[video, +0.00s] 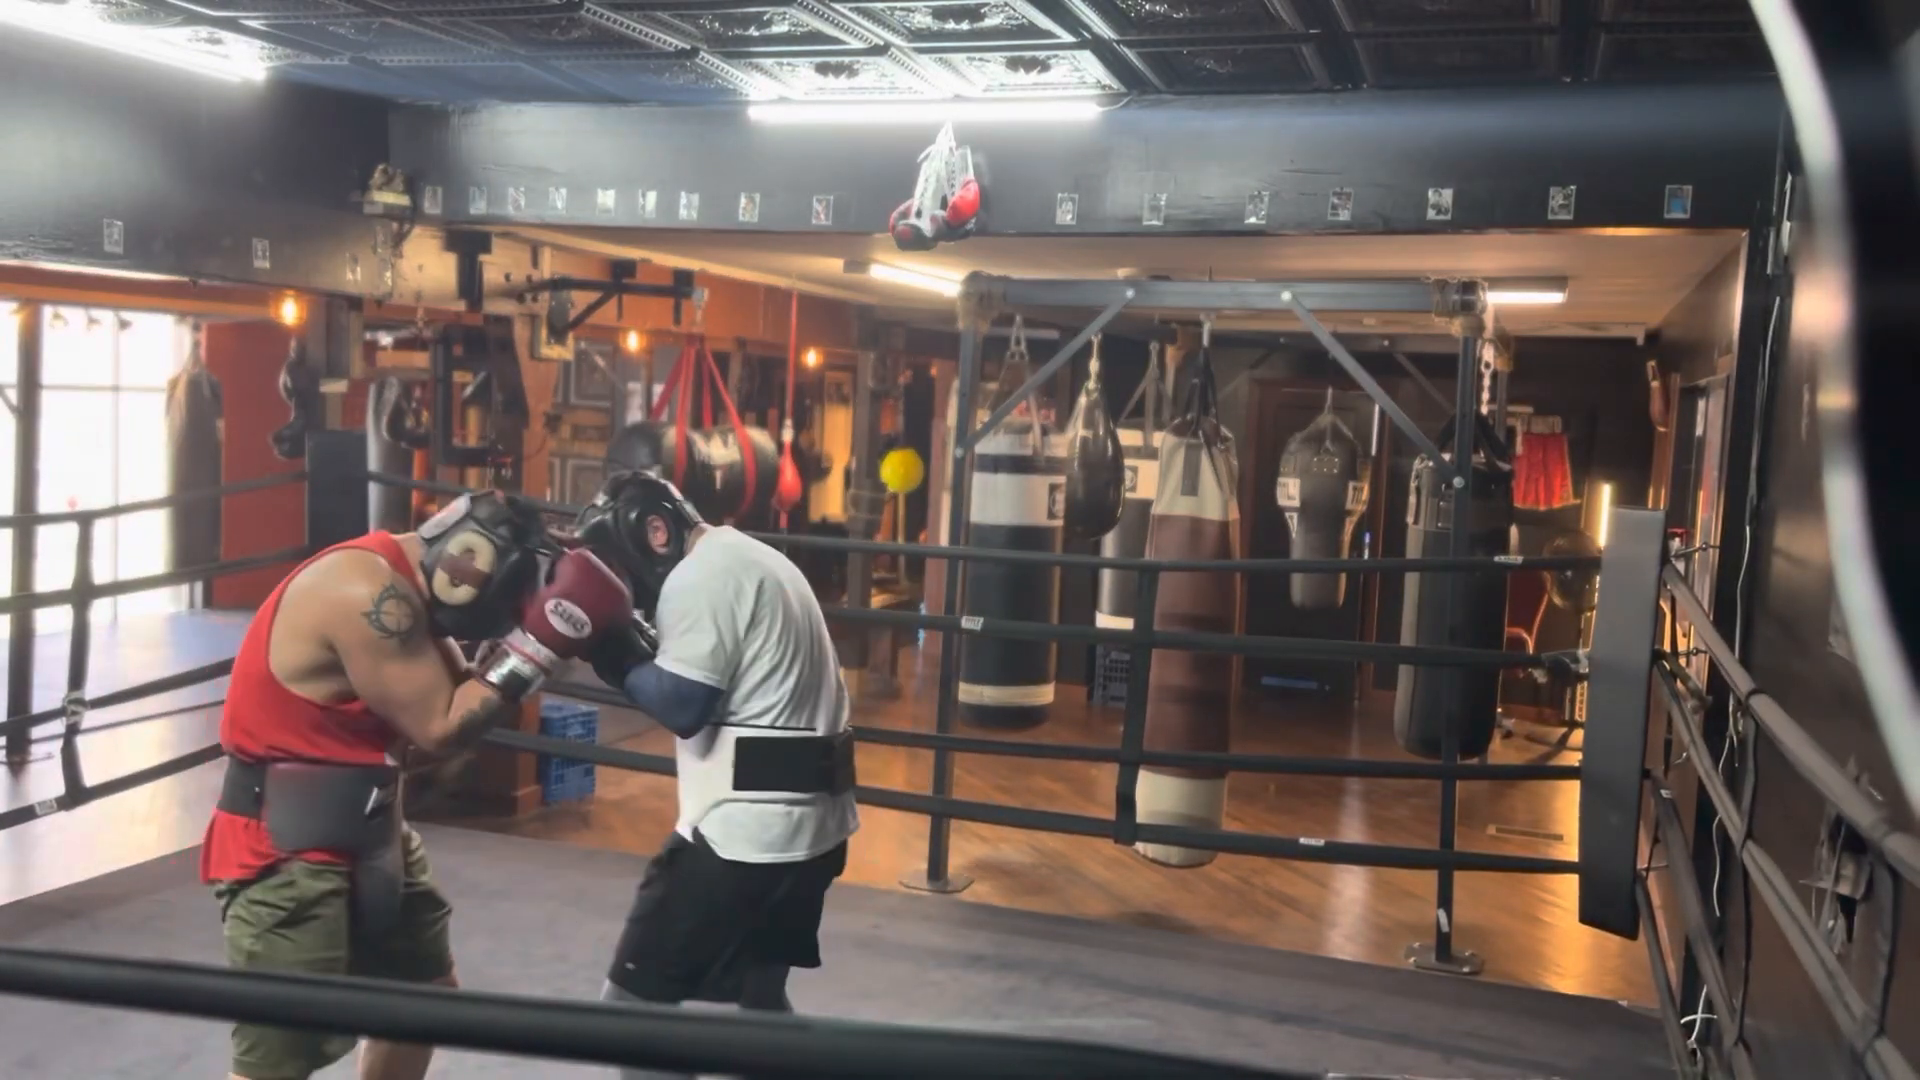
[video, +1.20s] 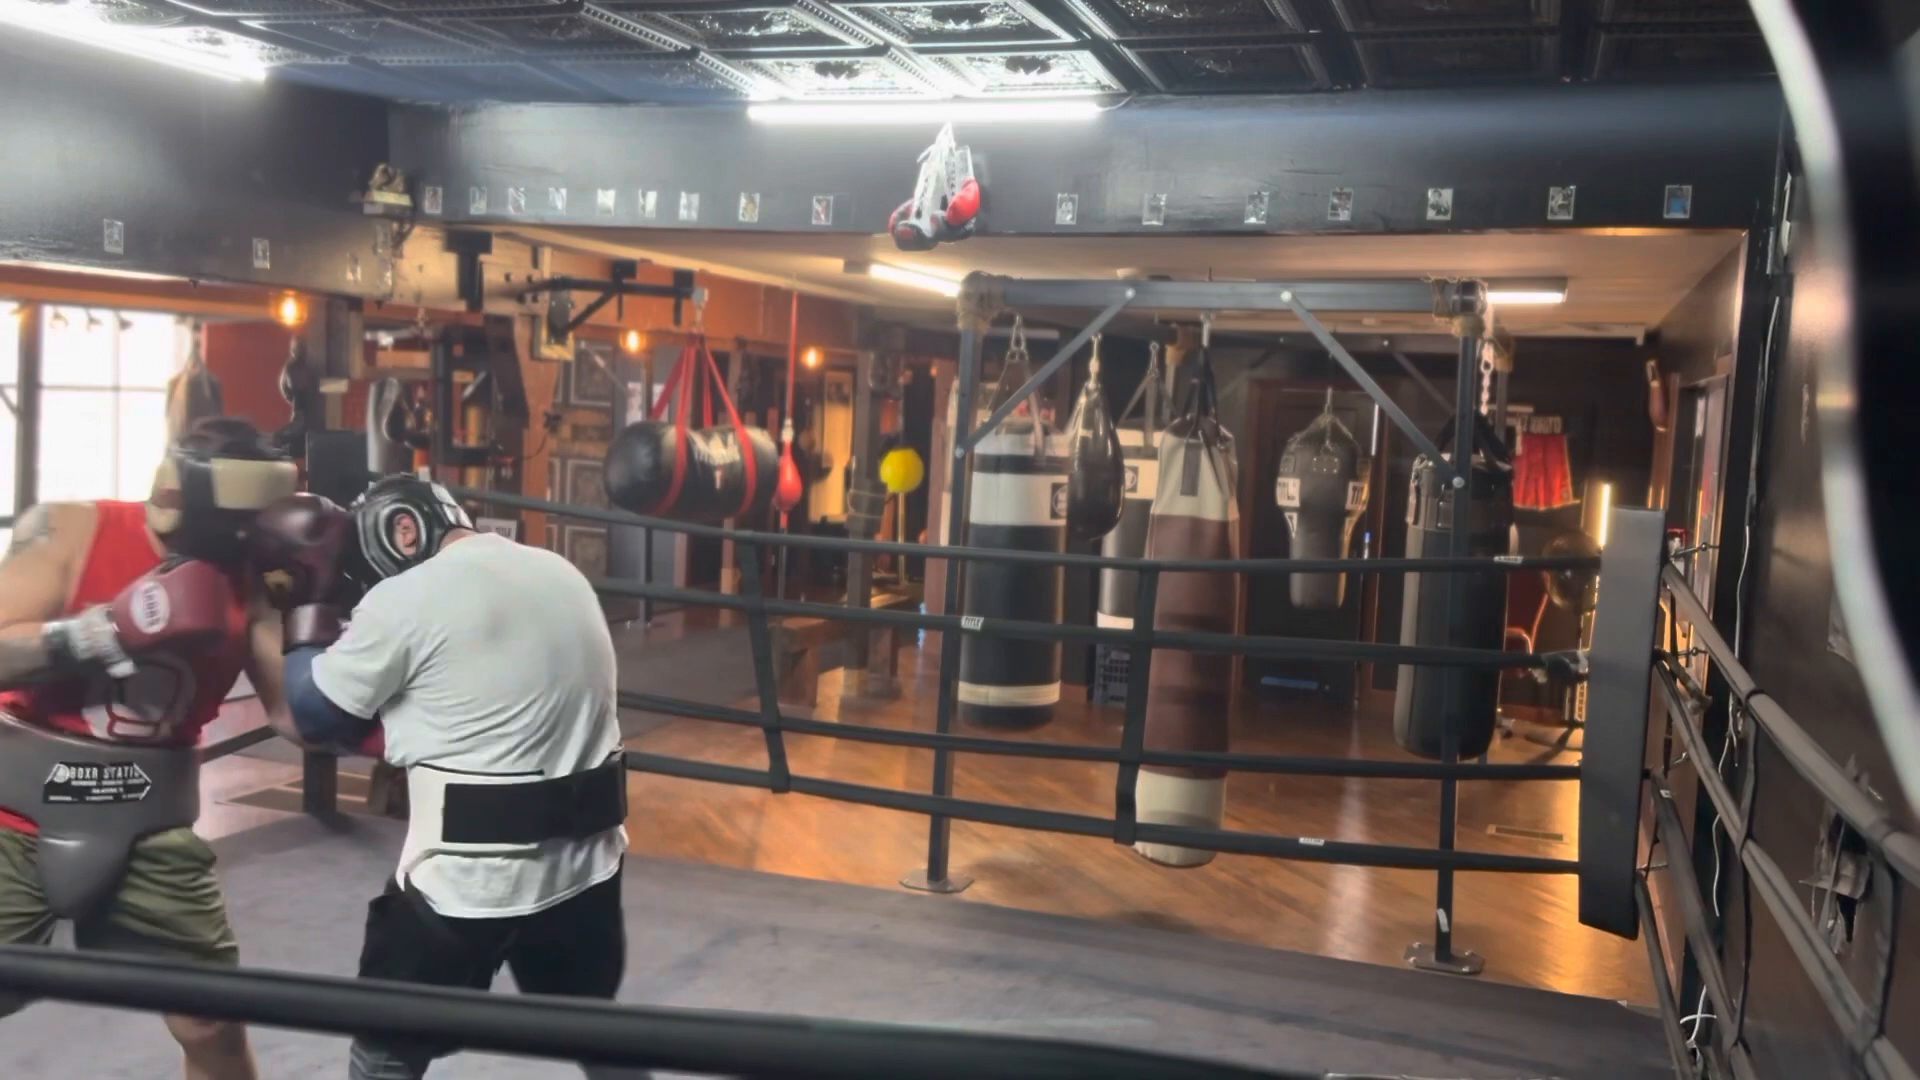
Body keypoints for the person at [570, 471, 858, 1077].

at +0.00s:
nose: (625, 560)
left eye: (624, 543)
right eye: (617, 547)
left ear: (657, 530)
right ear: (674, 525)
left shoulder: (705, 572)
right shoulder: (757, 559)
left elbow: (684, 705)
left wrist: (614, 644)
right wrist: (613, 639)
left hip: (743, 831)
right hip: (818, 827)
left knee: (631, 1006)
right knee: (755, 1001)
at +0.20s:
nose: (608, 560)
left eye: (606, 543)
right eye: (601, 547)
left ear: (630, 525)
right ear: (680, 509)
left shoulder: (666, 576)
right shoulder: (758, 563)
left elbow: (622, 708)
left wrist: (573, 657)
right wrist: (590, 644)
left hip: (690, 848)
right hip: (773, 846)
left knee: (607, 1028)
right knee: (745, 1009)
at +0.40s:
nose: (568, 553)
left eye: (570, 535)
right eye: (565, 537)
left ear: (599, 520)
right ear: (651, 513)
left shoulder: (606, 587)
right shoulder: (739, 575)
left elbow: (528, 701)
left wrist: (512, 615)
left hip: (626, 875)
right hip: (728, 871)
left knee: (555, 1044)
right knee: (721, 1016)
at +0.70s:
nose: (504, 569)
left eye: (500, 553)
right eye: (497, 560)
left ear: (527, 523)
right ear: (547, 517)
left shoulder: (557, 585)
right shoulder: (662, 554)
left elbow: (508, 724)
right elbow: (582, 675)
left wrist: (454, 643)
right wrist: (486, 624)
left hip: (592, 868)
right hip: (690, 859)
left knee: (550, 1048)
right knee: (652, 1034)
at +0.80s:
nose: (492, 572)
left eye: (487, 553)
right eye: (485, 559)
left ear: (517, 526)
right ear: (536, 520)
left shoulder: (551, 588)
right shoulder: (652, 558)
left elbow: (509, 727)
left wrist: (451, 644)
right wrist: (470, 618)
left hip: (584, 864)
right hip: (683, 856)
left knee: (480, 1033)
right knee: (649, 1029)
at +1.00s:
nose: (431, 559)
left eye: (429, 541)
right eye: (426, 544)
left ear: (459, 521)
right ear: (502, 506)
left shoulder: (480, 579)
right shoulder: (613, 553)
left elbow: (413, 704)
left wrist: (379, 638)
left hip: (524, 859)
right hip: (641, 851)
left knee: (437, 1037)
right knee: (643, 1031)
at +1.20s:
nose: (372, 573)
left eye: (372, 555)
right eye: (369, 558)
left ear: (403, 531)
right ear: (460, 521)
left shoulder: (403, 602)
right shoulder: (562, 573)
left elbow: (308, 710)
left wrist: (275, 614)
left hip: (461, 893)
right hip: (586, 882)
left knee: (386, 1058)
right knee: (604, 1044)